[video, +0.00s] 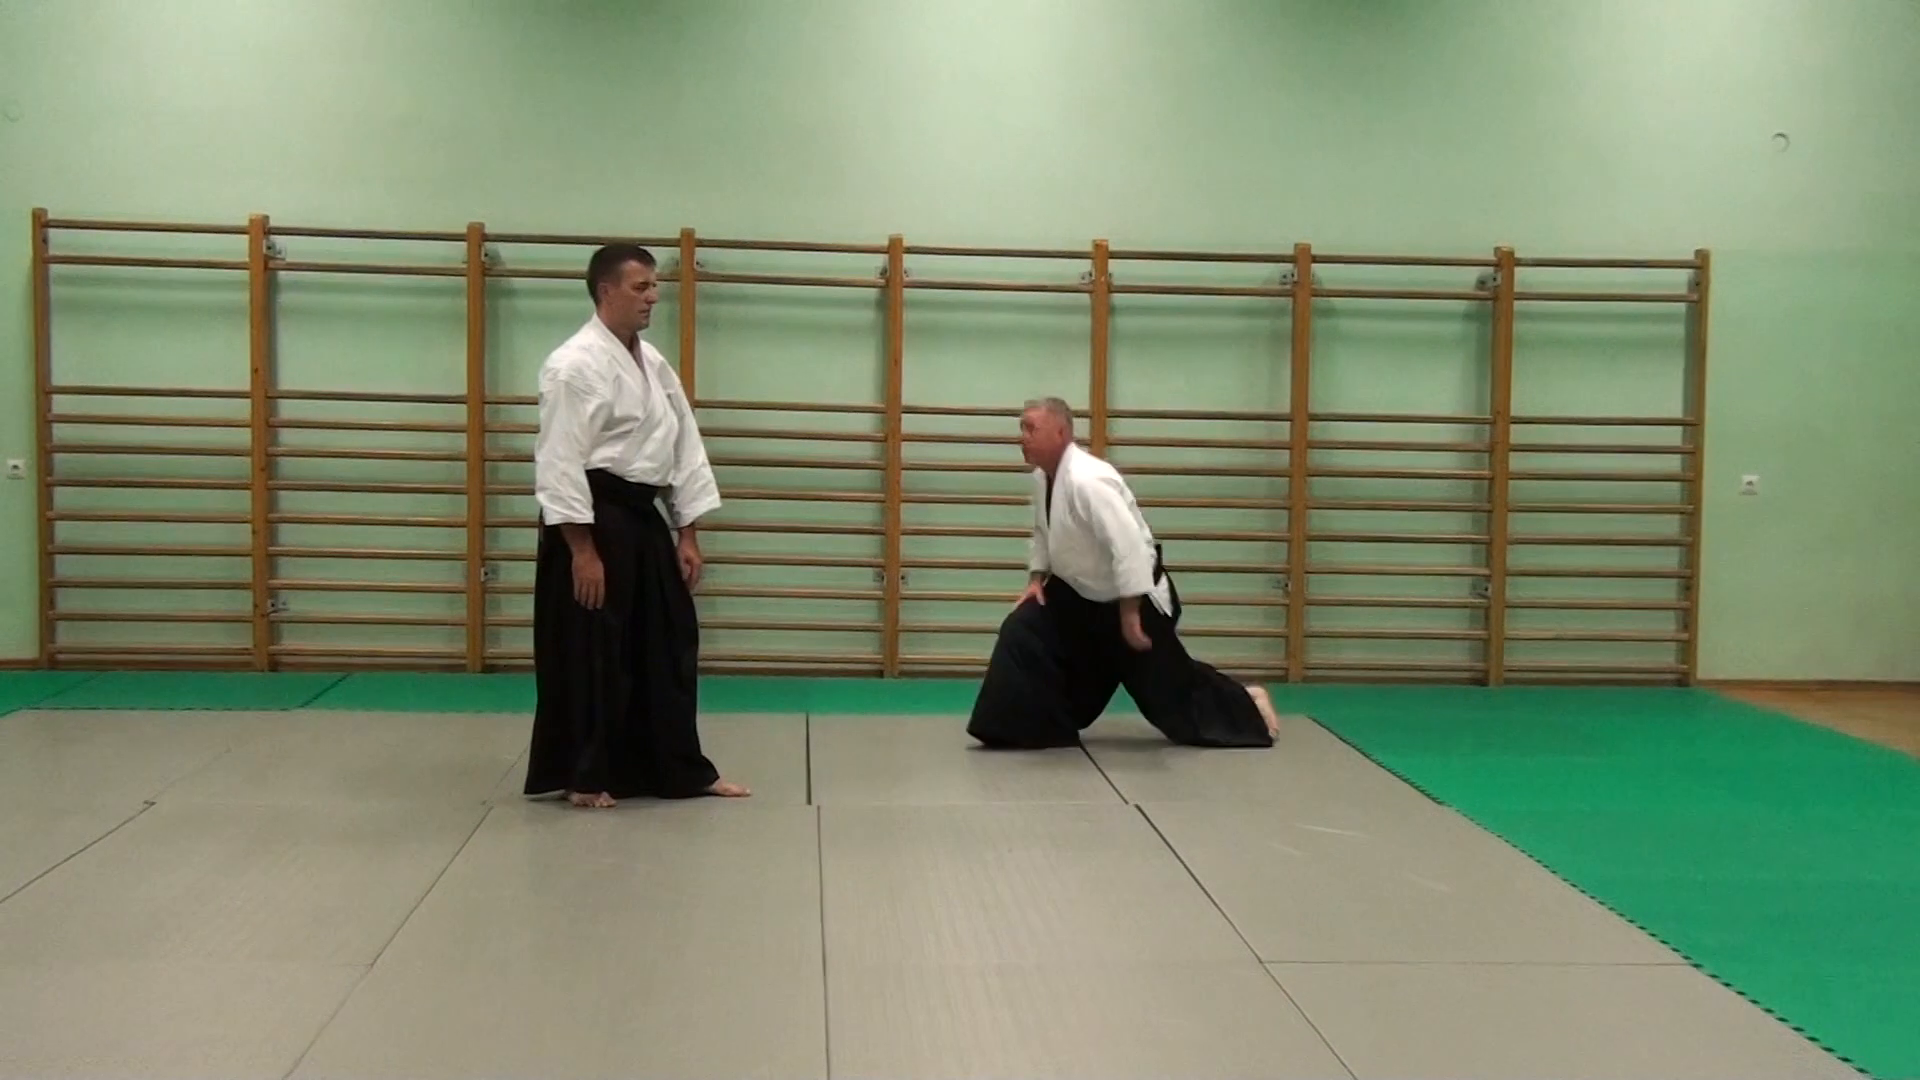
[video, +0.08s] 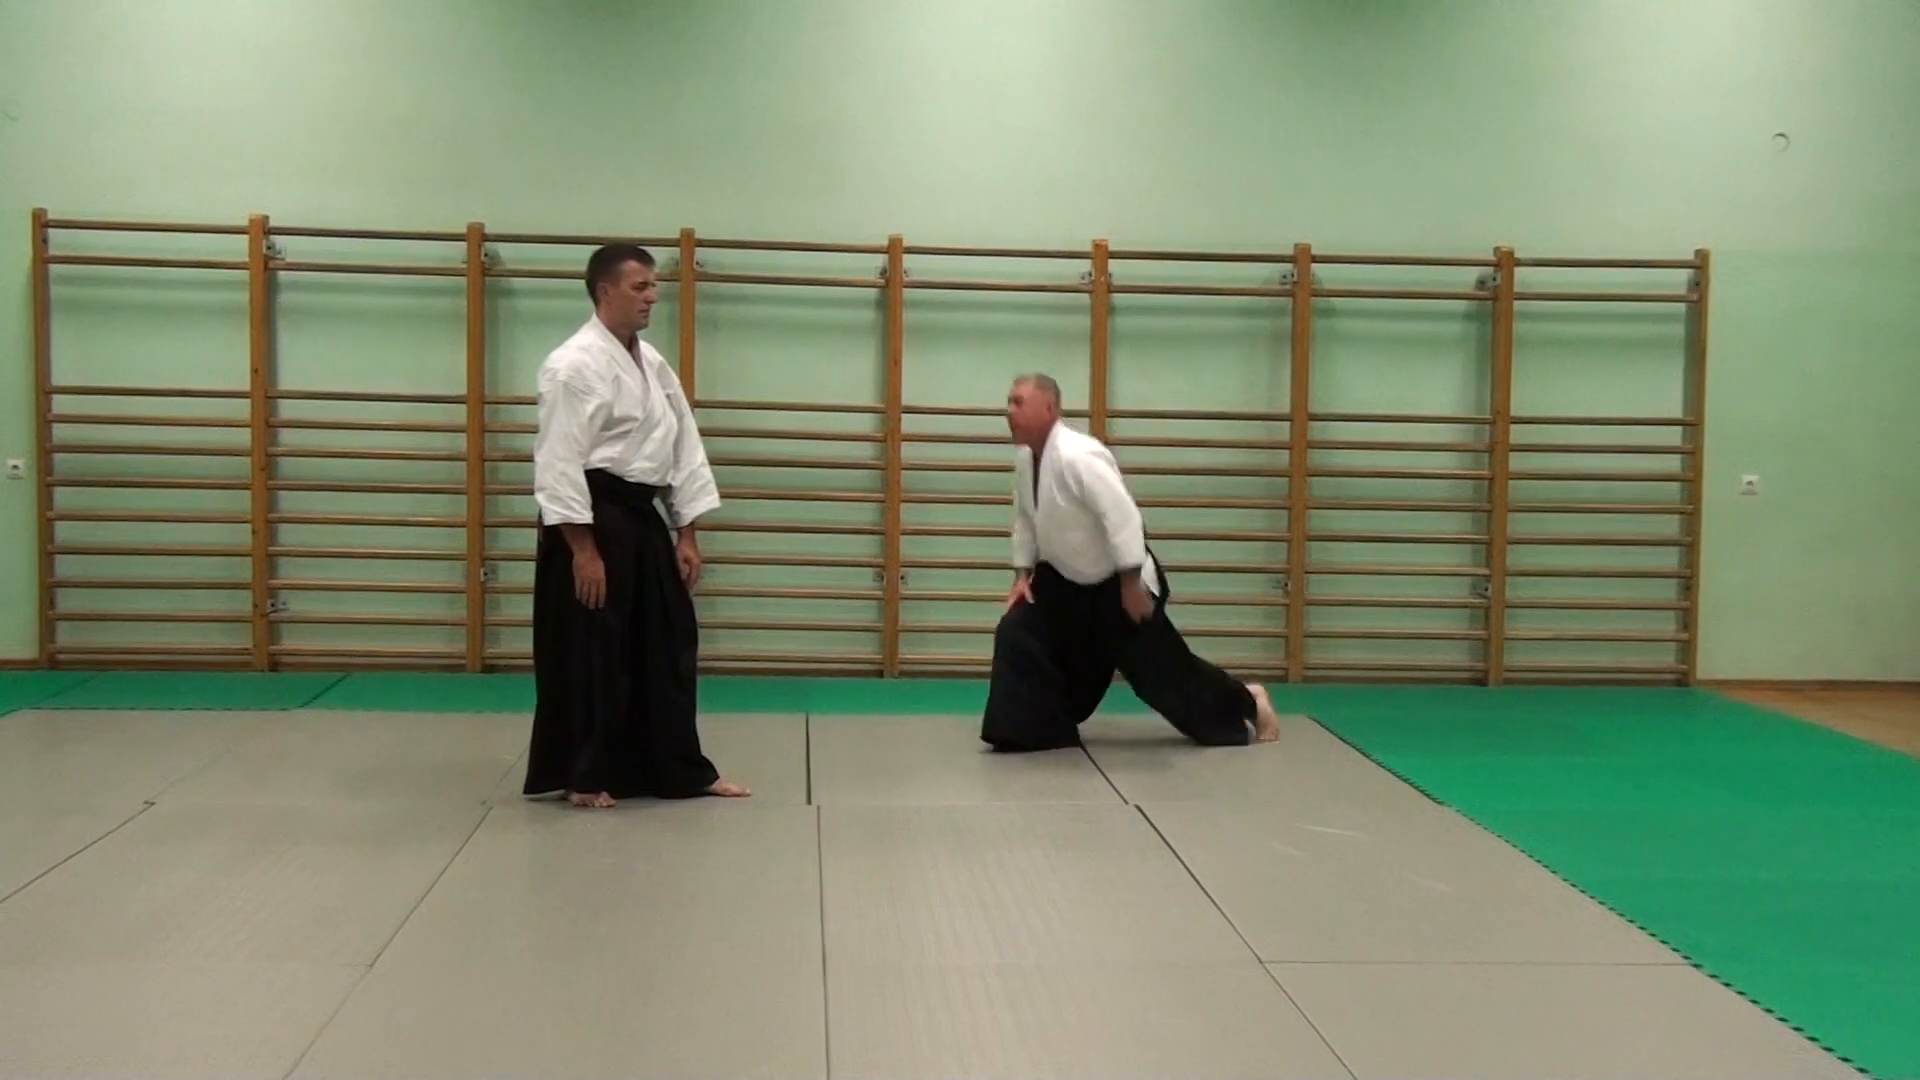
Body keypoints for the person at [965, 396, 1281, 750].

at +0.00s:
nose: (1022, 438)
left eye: (1030, 429)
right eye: (1021, 429)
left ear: (1060, 433)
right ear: (1048, 435)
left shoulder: (1090, 480)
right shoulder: (1043, 477)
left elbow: (1129, 545)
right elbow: (1043, 531)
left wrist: (1130, 612)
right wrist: (1037, 577)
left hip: (1127, 598)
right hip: (1078, 592)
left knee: (1167, 686)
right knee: (1023, 630)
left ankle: (1248, 705)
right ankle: (1024, 725)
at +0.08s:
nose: (1008, 411)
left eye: (1018, 402)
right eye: (1009, 402)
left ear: (1050, 410)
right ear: (1035, 411)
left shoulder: (1081, 456)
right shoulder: (1026, 458)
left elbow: (1121, 513)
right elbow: (1024, 518)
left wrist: (1132, 580)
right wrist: (1023, 573)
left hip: (1111, 582)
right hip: (1061, 581)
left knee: (1164, 671)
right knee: (1016, 633)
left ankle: (1248, 700)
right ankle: (1035, 727)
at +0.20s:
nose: (989, 381)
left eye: (999, 371)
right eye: (989, 372)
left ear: (1030, 377)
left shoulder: (1063, 423)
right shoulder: (1002, 438)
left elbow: (1115, 473)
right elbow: (1004, 504)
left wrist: (1130, 532)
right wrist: (1007, 563)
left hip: (1101, 553)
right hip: (1046, 559)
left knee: (1135, 644)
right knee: (1020, 633)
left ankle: (1214, 699)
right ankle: (1045, 730)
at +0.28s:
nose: (981, 366)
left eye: (989, 357)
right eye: (980, 358)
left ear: (1020, 361)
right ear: (982, 364)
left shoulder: (1058, 407)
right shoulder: (988, 423)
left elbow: (1108, 457)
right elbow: (989, 492)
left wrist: (1124, 521)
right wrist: (996, 556)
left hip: (1092, 536)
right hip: (1041, 542)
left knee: (1107, 628)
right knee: (1026, 634)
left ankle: (1167, 706)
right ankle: (1054, 729)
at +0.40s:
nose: (974, 351)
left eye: (983, 342)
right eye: (973, 343)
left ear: (1014, 346)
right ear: (980, 348)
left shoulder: (1055, 394)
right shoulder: (973, 410)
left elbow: (1099, 452)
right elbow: (968, 479)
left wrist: (1106, 523)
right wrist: (971, 547)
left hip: (1074, 529)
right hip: (1023, 532)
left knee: (1066, 626)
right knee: (1016, 630)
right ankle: (1032, 734)